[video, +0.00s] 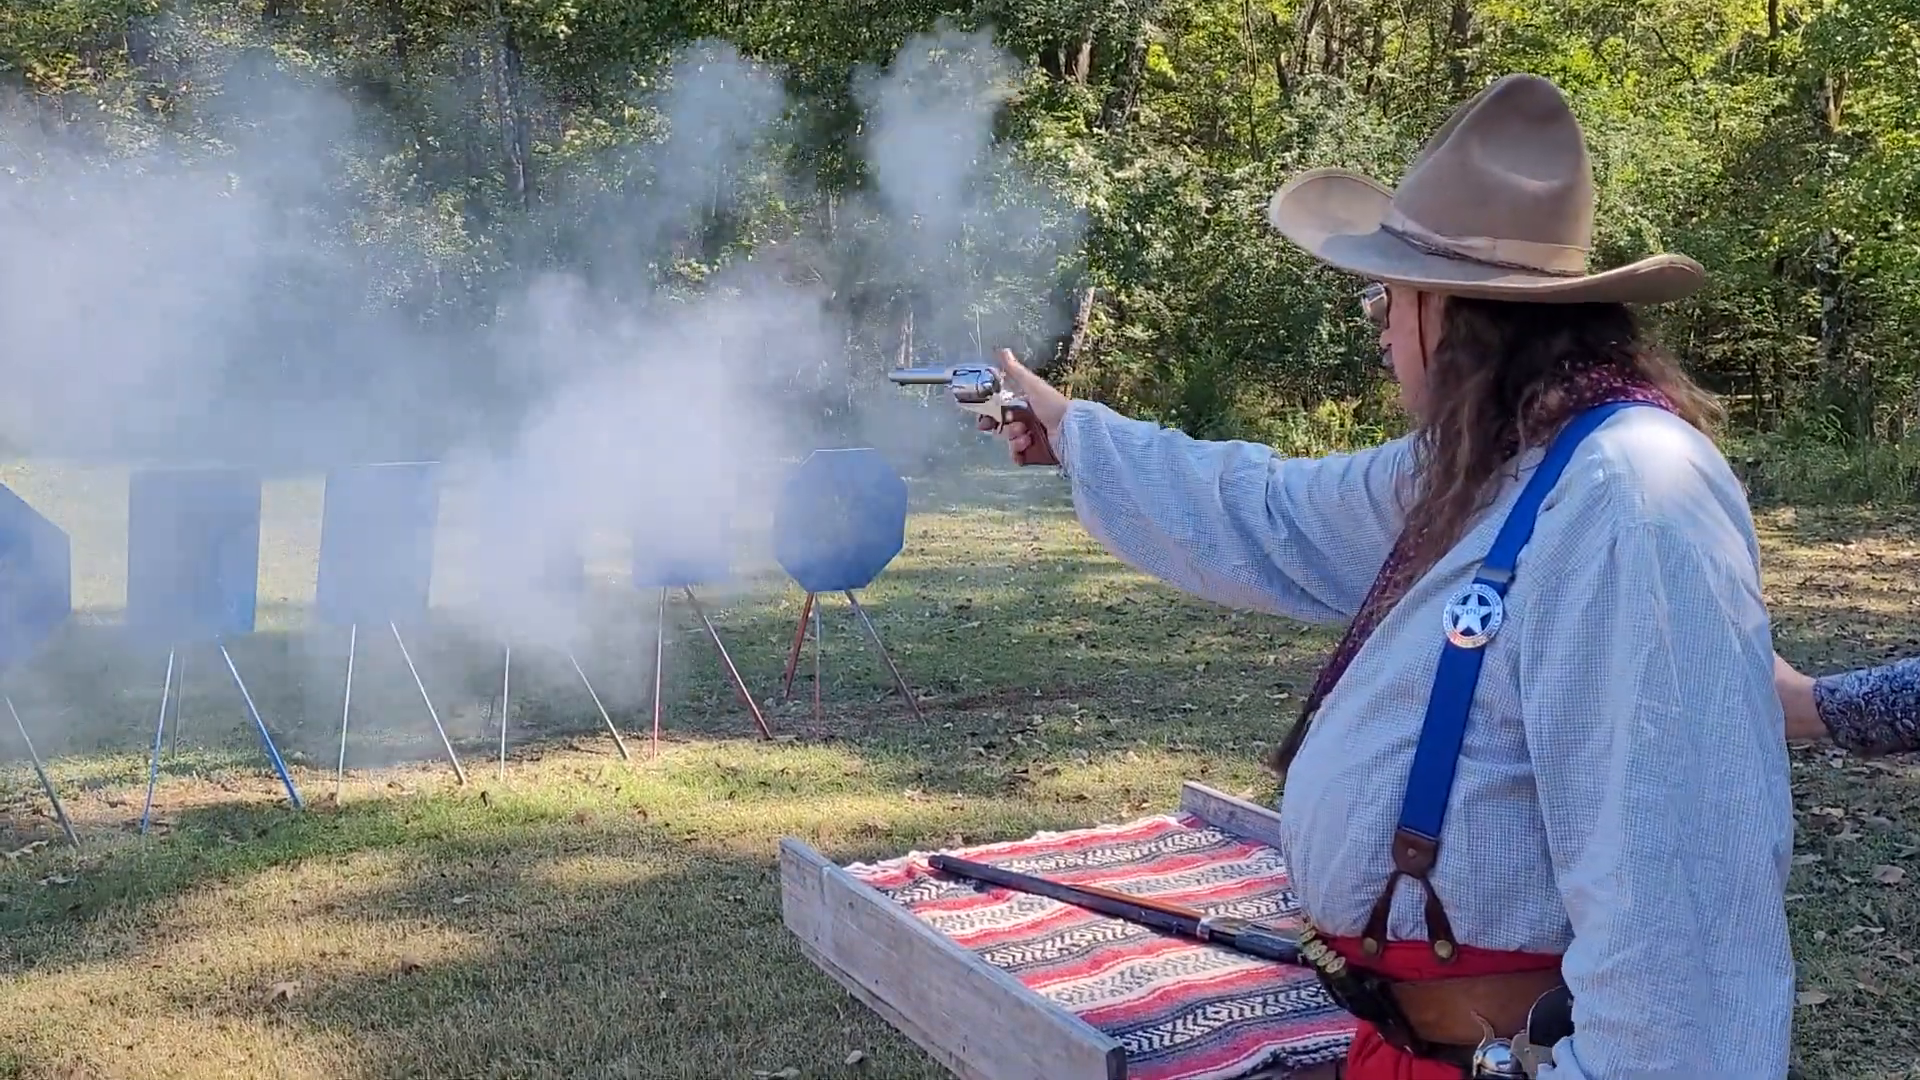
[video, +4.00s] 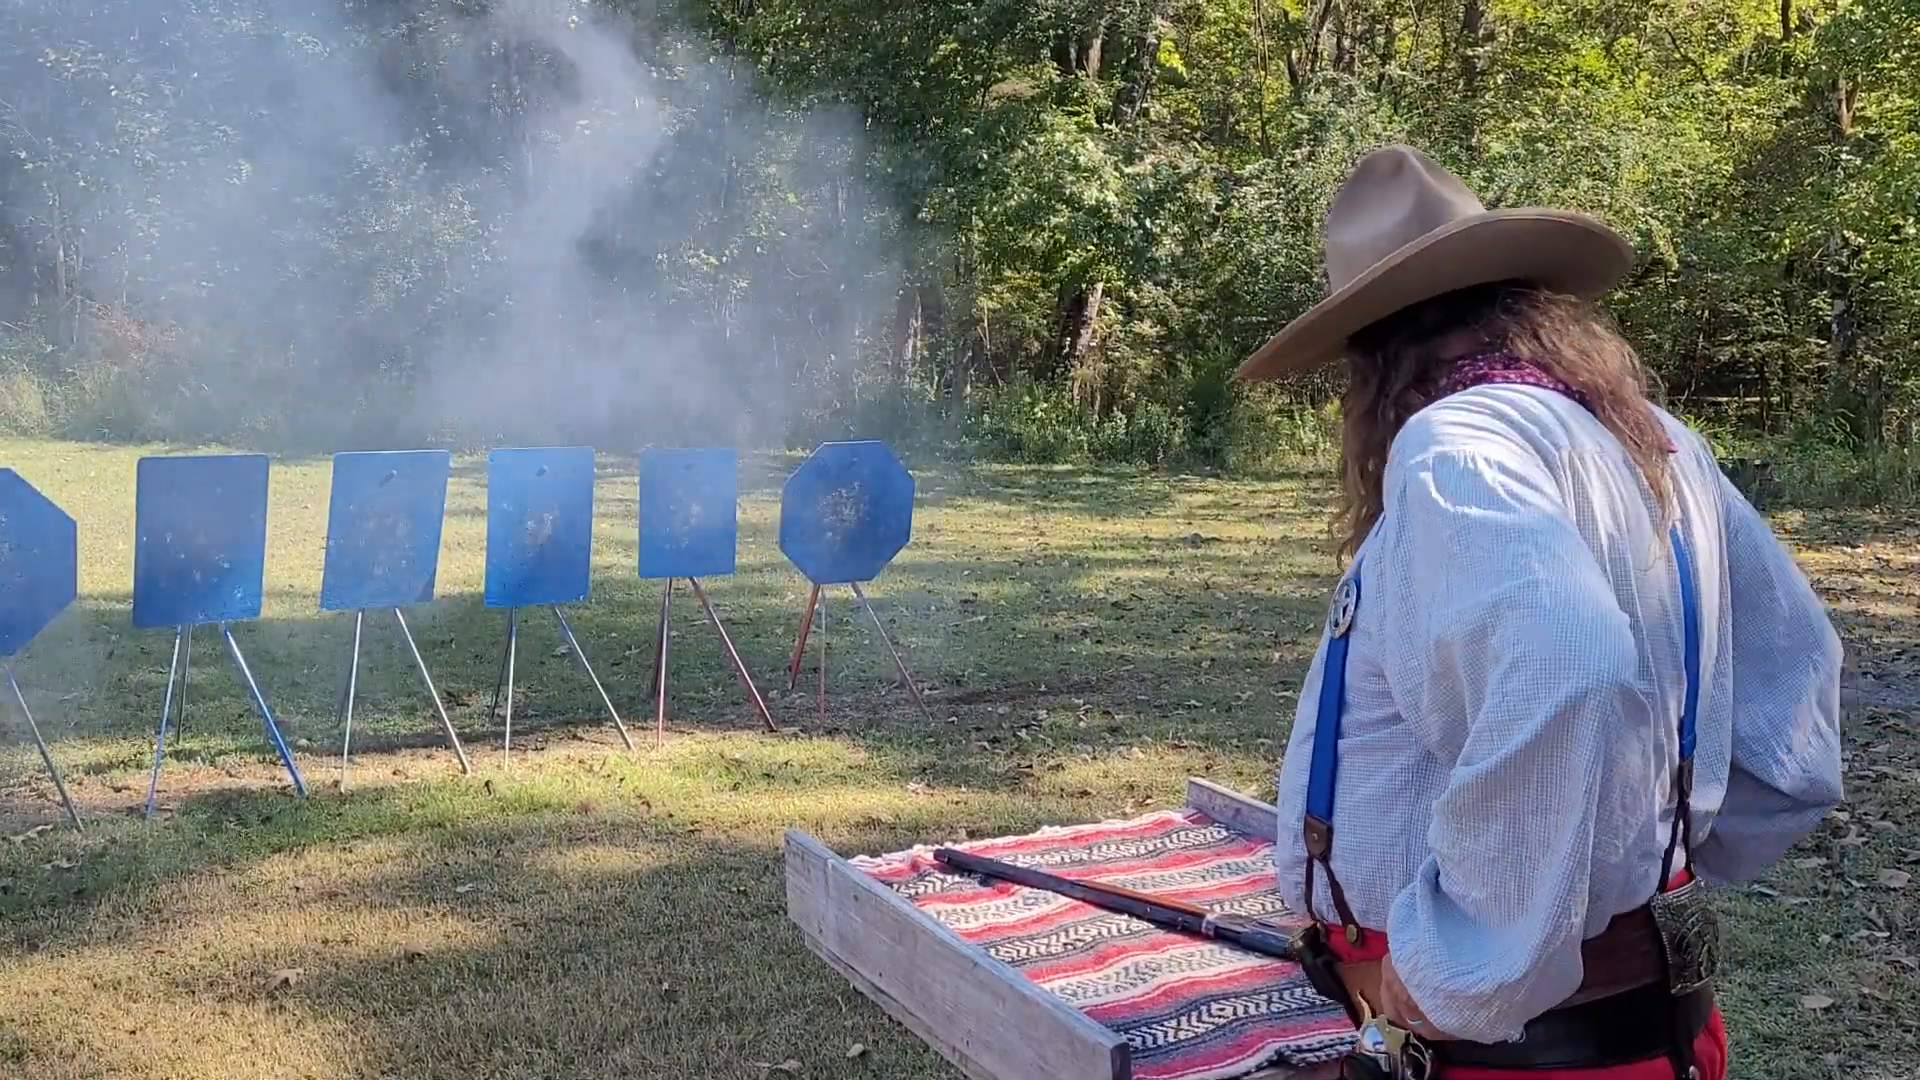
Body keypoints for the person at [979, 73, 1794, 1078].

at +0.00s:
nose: (1375, 319)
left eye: (1392, 291)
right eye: (1381, 290)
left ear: (1465, 313)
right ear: (1495, 315)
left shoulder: (1640, 494)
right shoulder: (1469, 464)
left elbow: (1680, 920)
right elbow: (1265, 509)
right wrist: (1067, 428)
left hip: (1502, 1037)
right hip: (1379, 992)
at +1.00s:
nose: (1396, 317)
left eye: (1403, 289)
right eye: (1398, 288)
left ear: (1438, 310)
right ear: (1541, 303)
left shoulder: (1623, 493)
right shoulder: (1496, 469)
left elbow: (1647, 917)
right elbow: (1325, 546)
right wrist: (1144, 489)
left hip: (1489, 1037)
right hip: (1397, 998)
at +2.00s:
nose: (1409, 329)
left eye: (1421, 304)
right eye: (1411, 301)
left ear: (1461, 320)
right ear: (1566, 308)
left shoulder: (1562, 496)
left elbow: (1558, 872)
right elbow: (1412, 509)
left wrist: (1437, 1062)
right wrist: (1303, 429)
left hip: (1494, 1022)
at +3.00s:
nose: (1404, 334)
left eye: (1413, 307)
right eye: (1404, 306)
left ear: (1457, 321)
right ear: (1569, 309)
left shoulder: (1550, 481)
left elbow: (1545, 866)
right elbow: (1401, 497)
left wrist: (1428, 1061)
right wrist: (1294, 410)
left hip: (1493, 1025)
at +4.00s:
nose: (1352, 391)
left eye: (1352, 365)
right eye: (1347, 367)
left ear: (1385, 354)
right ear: (1528, 305)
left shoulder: (1453, 446)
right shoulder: (1663, 441)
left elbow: (1566, 672)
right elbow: (1798, 740)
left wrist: (1446, 974)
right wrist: (1668, 855)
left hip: (1503, 1039)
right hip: (1664, 1001)